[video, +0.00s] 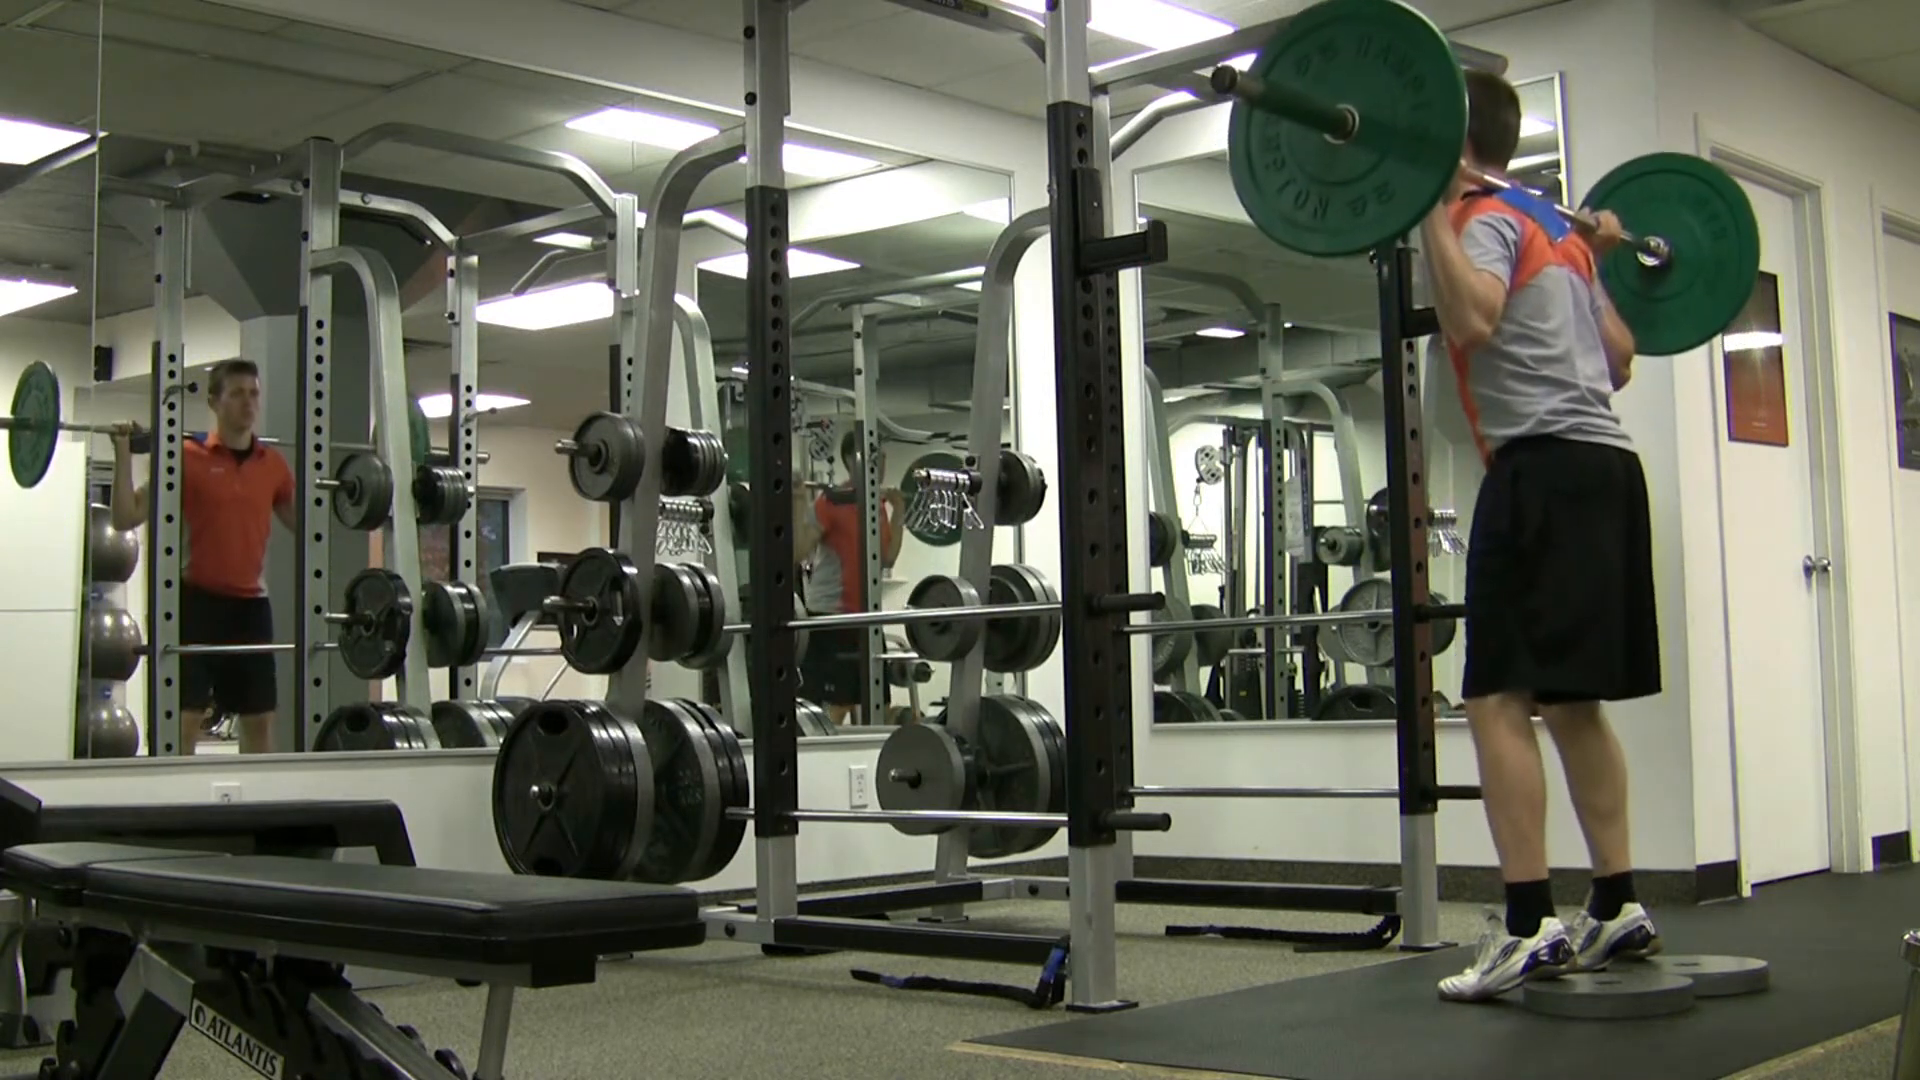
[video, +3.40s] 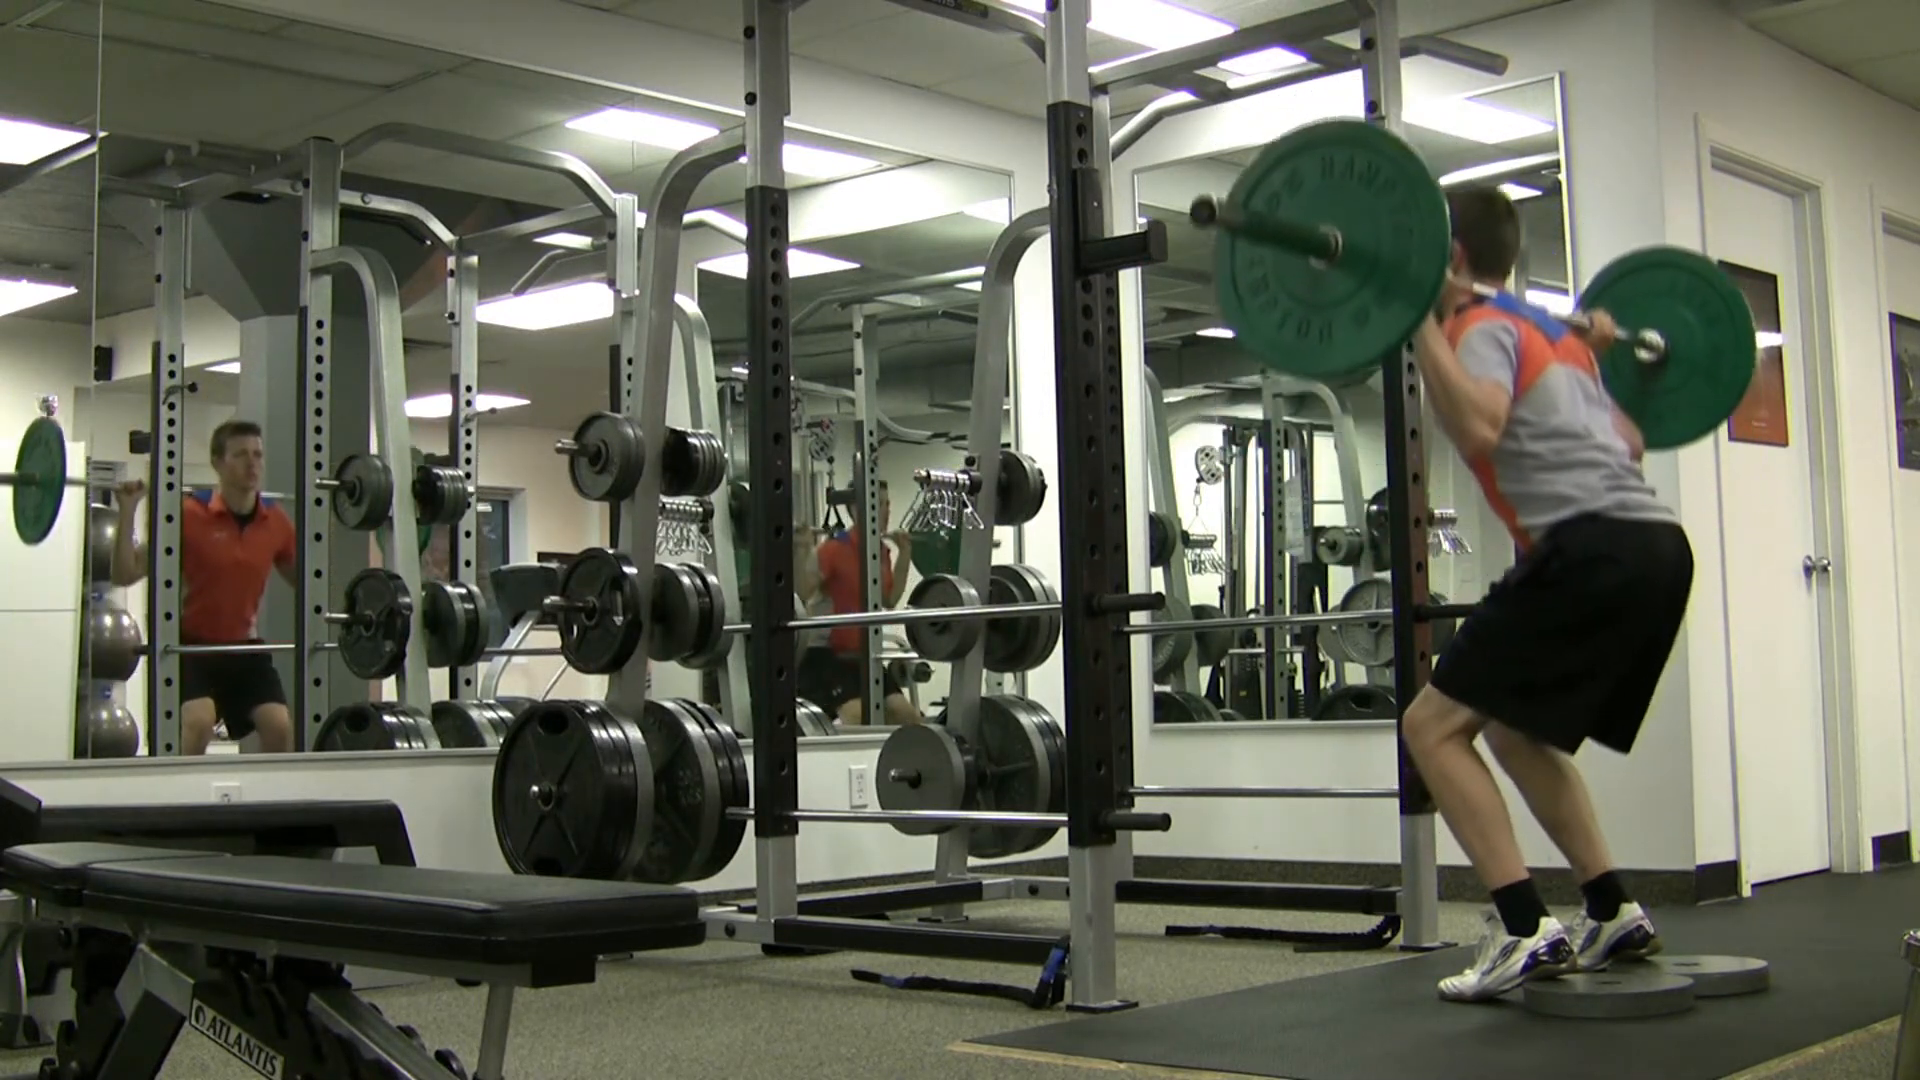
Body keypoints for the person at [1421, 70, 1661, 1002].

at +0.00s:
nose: (1428, 154)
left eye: (1432, 135)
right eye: (1437, 136)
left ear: (1454, 139)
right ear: (1512, 143)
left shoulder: (1485, 215)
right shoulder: (1561, 227)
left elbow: (1475, 324)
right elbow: (1618, 355)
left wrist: (1432, 215)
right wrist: (1601, 252)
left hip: (1541, 473)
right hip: (1604, 471)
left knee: (1495, 702)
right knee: (1573, 701)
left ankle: (1527, 929)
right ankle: (1618, 909)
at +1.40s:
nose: (1431, 273)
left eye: (1436, 257)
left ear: (1448, 261)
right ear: (1514, 263)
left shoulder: (1488, 331)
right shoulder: (1560, 341)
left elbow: (1485, 441)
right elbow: (1625, 449)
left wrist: (1433, 335)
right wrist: (1594, 352)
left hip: (1581, 560)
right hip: (1651, 566)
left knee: (1423, 731)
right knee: (1514, 737)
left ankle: (1524, 928)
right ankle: (1613, 912)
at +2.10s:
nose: (1425, 402)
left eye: (1430, 387)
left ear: (1443, 396)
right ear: (1514, 396)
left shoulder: (1494, 468)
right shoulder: (1560, 465)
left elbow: (1498, 582)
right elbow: (1623, 563)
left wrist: (1436, 480)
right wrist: (1593, 477)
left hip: (1609, 676)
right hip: (1681, 684)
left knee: (1406, 748)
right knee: (1508, 773)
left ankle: (1523, 929)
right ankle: (1612, 914)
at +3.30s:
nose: (1427, 292)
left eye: (1430, 278)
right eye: (1428, 279)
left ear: (1453, 284)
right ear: (1510, 287)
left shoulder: (1486, 349)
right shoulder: (1560, 364)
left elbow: (1481, 453)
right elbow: (1629, 464)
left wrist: (1422, 351)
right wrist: (1593, 373)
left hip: (1589, 570)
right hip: (1662, 571)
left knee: (1423, 733)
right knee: (1515, 741)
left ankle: (1523, 929)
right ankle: (1613, 912)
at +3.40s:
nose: (1431, 267)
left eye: (1434, 253)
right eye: (1434, 252)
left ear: (1454, 257)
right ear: (1511, 260)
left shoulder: (1484, 324)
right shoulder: (1561, 336)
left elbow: (1479, 429)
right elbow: (1628, 442)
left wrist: (1419, 322)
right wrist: (1597, 348)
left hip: (1586, 551)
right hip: (1656, 550)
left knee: (1430, 728)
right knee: (1514, 730)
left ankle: (1524, 930)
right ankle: (1614, 911)